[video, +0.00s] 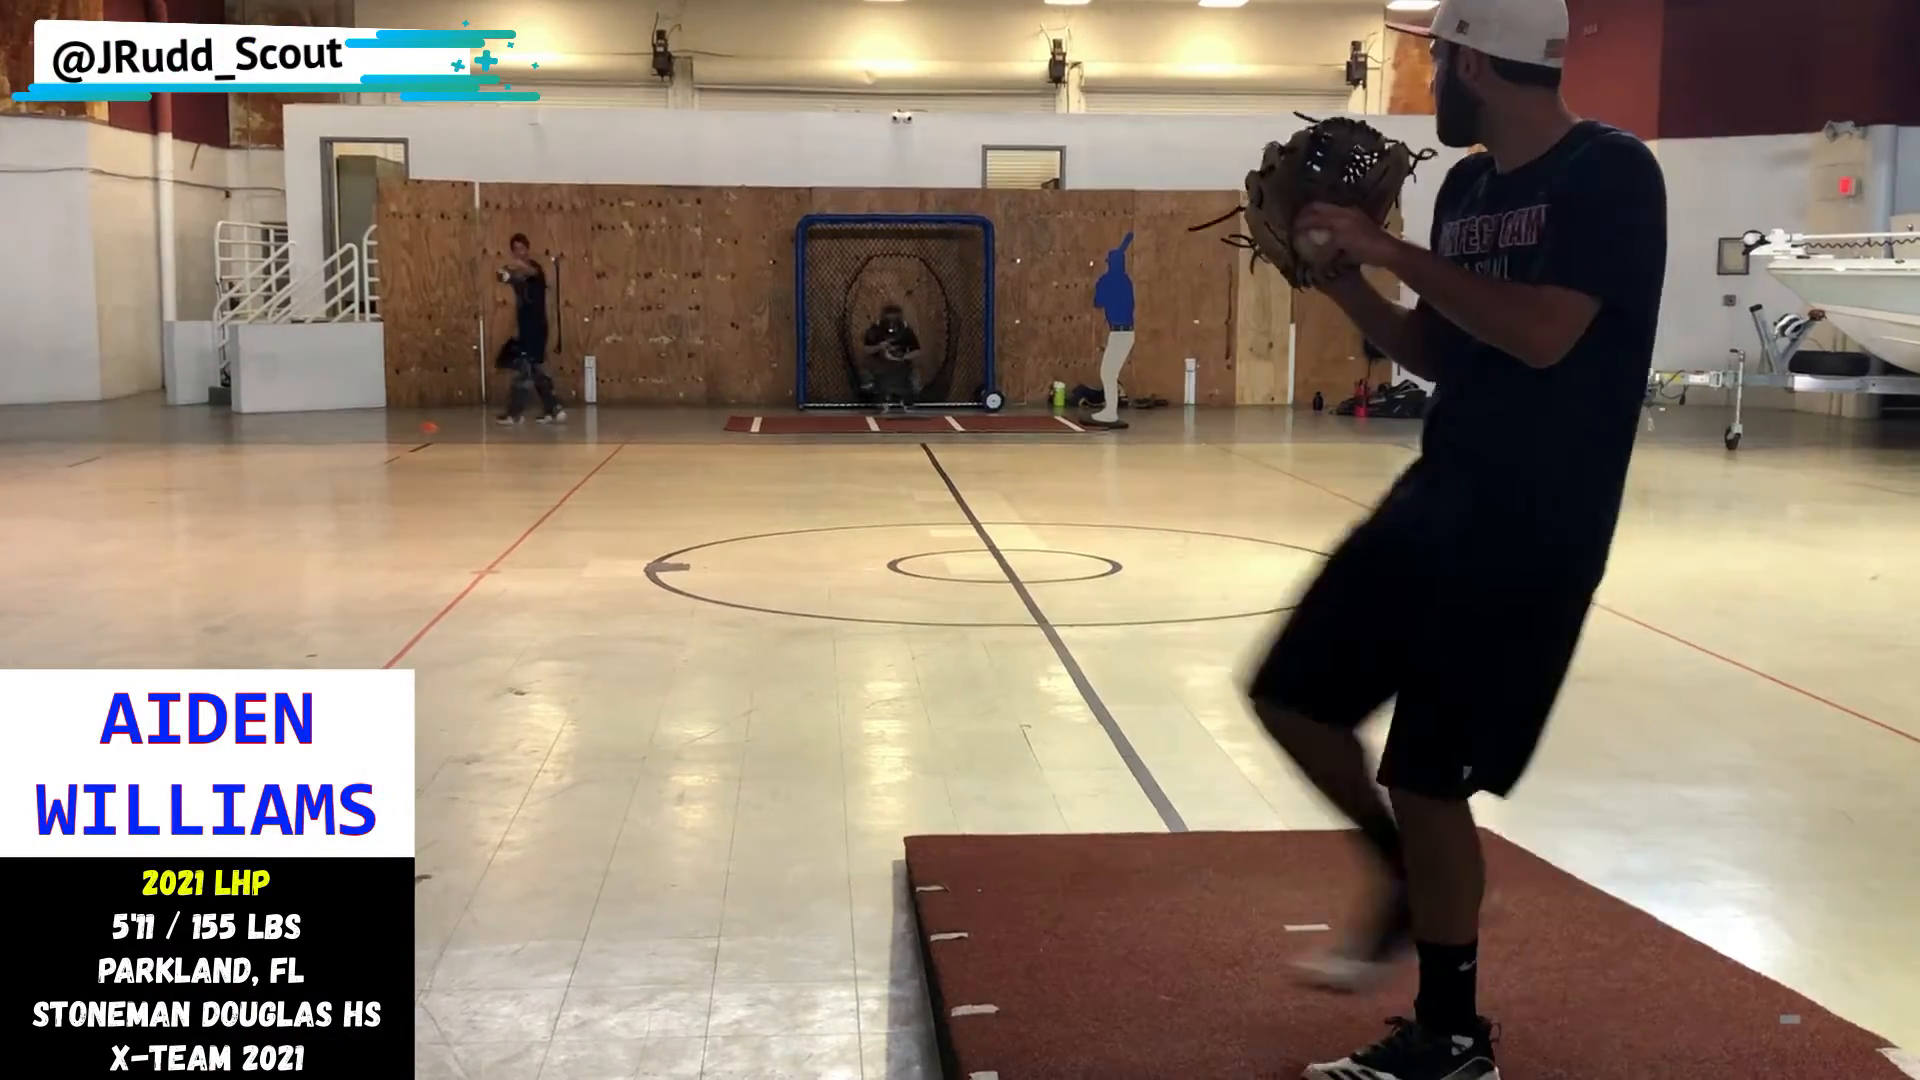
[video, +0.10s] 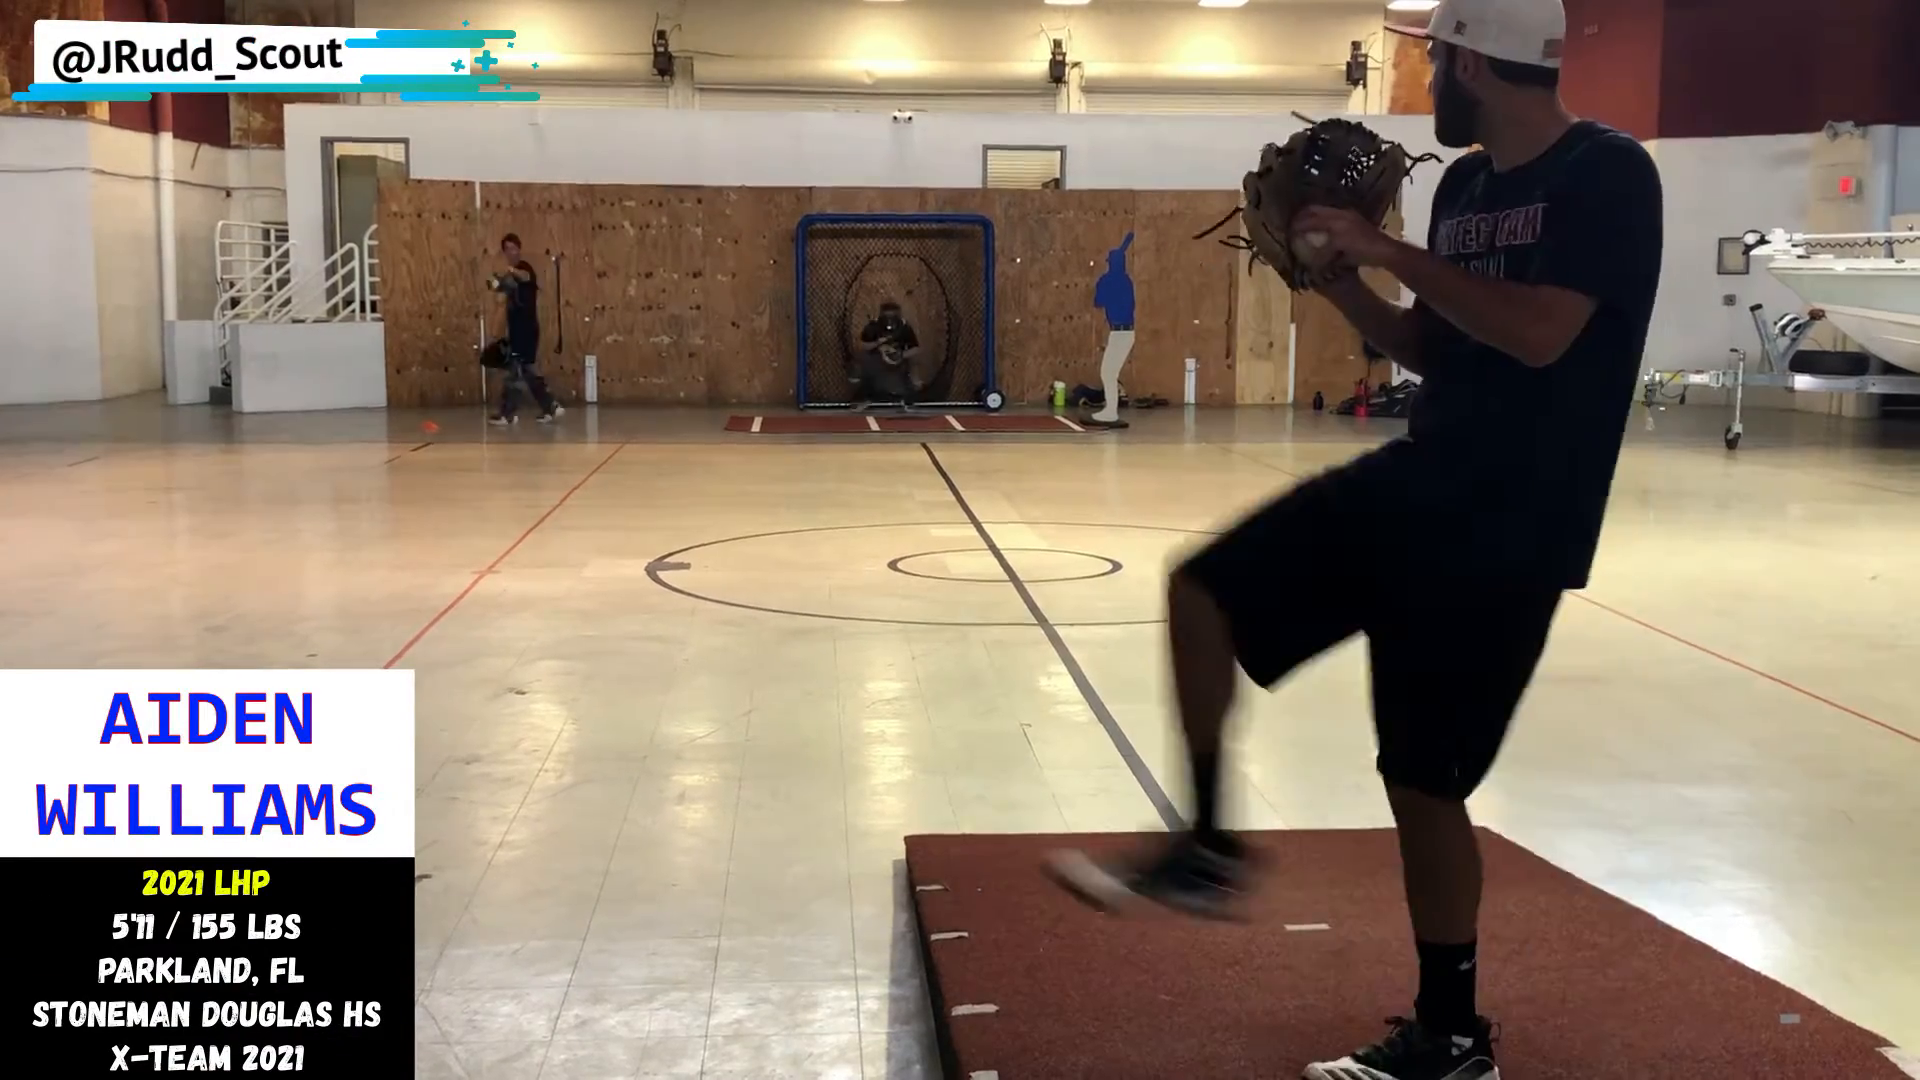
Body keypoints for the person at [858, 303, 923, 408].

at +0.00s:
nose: (891, 322)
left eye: (895, 318)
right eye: (888, 318)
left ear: (900, 318)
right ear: (883, 317)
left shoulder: (906, 331)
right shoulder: (874, 331)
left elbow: (917, 351)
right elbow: (867, 350)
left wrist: (902, 358)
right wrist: (880, 347)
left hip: (901, 373)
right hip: (880, 373)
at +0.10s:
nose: (890, 319)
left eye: (893, 316)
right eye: (886, 316)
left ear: (898, 315)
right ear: (881, 315)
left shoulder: (905, 328)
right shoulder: (872, 327)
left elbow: (916, 349)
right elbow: (863, 346)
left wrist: (901, 355)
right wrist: (878, 343)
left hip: (898, 370)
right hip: (877, 370)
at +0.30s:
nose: (882, 326)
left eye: (885, 323)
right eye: (878, 323)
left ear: (889, 322)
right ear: (873, 321)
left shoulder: (896, 333)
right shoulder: (866, 332)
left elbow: (909, 353)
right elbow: (850, 354)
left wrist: (895, 362)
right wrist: (870, 352)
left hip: (890, 367)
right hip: (868, 369)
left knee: (907, 371)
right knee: (848, 370)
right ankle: (839, 402)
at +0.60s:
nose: (874, 336)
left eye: (877, 332)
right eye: (871, 332)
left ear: (882, 331)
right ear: (865, 331)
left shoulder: (889, 343)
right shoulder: (857, 342)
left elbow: (903, 362)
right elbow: (841, 361)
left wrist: (889, 372)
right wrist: (863, 360)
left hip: (883, 374)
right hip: (861, 375)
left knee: (903, 375)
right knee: (843, 374)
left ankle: (912, 402)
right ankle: (840, 404)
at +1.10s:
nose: (874, 341)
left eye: (877, 337)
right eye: (871, 337)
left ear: (882, 337)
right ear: (866, 336)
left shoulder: (889, 349)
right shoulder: (858, 347)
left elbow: (900, 368)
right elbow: (840, 363)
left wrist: (894, 385)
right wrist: (863, 365)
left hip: (885, 384)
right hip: (862, 383)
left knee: (902, 377)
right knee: (844, 373)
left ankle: (912, 403)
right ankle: (839, 403)